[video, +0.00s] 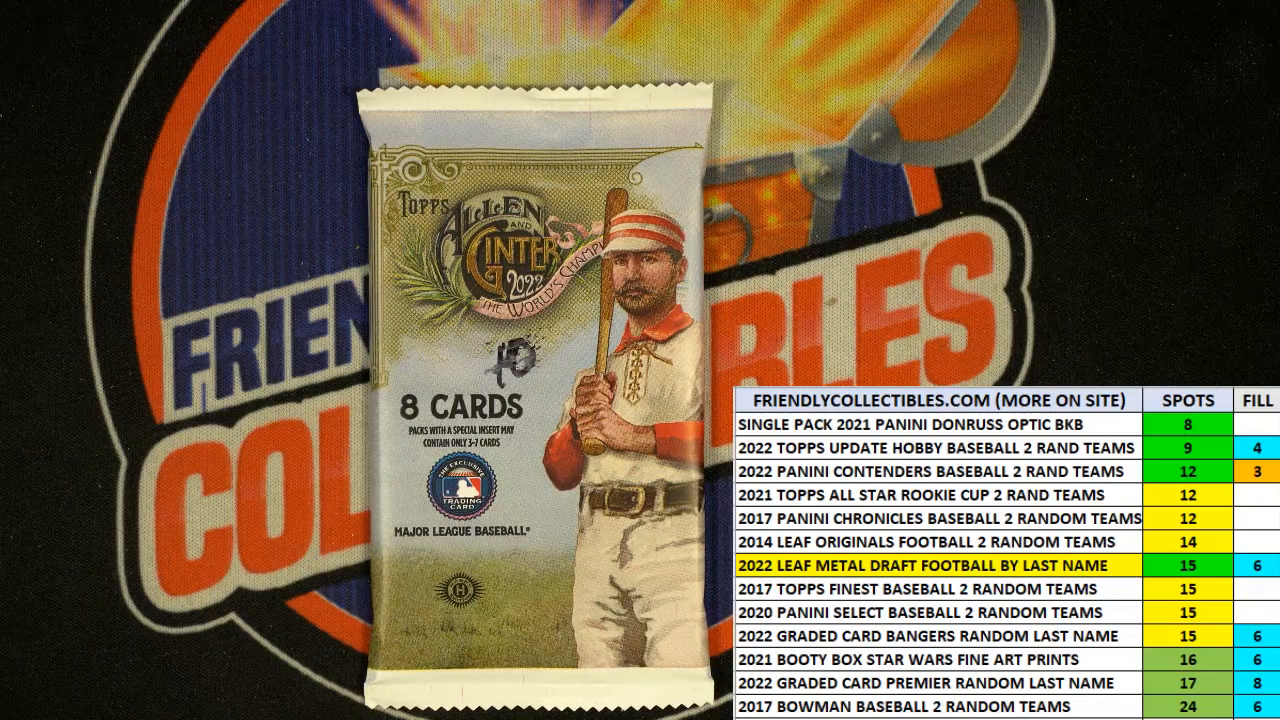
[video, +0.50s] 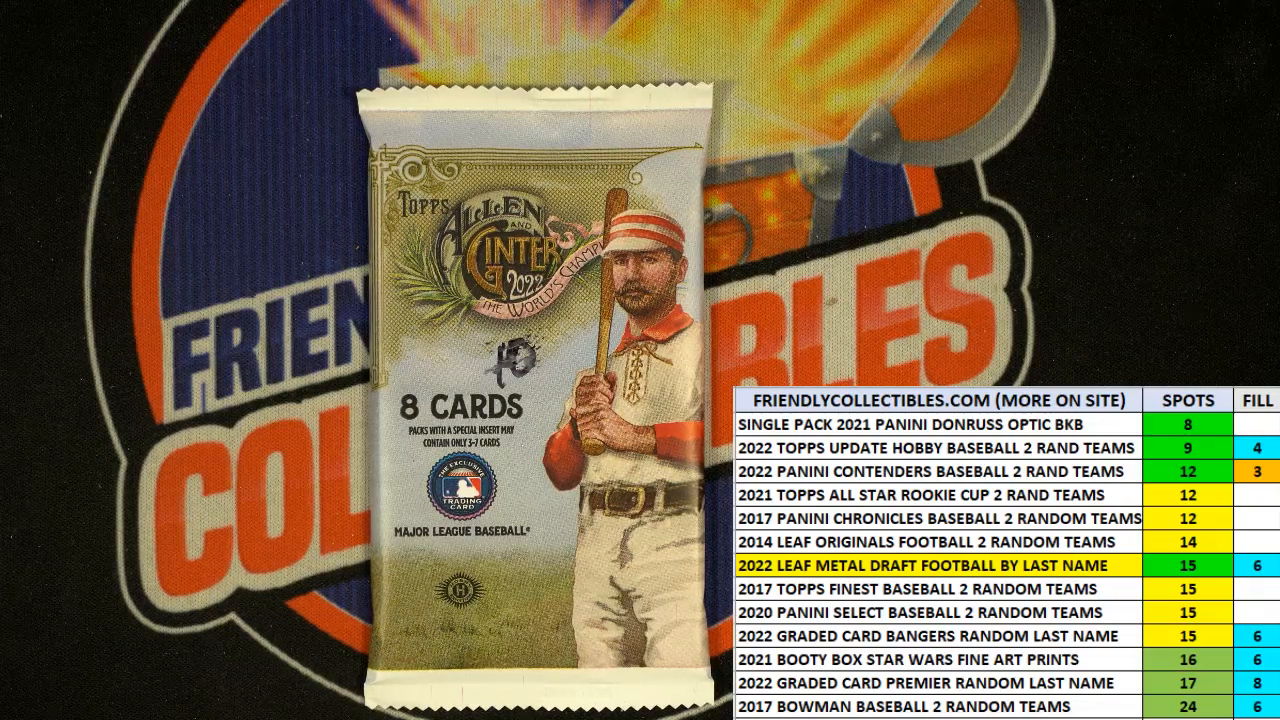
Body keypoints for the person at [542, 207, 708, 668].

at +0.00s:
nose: (631, 273)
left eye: (647, 258)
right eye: (620, 260)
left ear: (678, 270)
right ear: (608, 273)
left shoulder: (704, 346)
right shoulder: (604, 366)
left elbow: (724, 439)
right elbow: (561, 475)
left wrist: (634, 436)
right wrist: (578, 420)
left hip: (674, 530)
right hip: (597, 531)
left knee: (679, 688)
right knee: (601, 692)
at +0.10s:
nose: (630, 274)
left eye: (647, 259)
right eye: (620, 260)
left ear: (678, 269)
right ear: (609, 271)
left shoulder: (705, 345)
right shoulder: (605, 365)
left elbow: (724, 437)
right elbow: (561, 476)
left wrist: (634, 436)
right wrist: (577, 421)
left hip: (674, 531)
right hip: (597, 531)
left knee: (679, 688)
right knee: (601, 691)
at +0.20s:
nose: (631, 274)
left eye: (647, 259)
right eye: (620, 260)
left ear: (678, 270)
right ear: (609, 272)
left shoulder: (704, 346)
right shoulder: (604, 366)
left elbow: (725, 439)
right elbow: (561, 476)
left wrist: (635, 436)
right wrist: (577, 421)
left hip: (673, 530)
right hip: (597, 531)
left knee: (679, 688)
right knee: (601, 692)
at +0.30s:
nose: (630, 274)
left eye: (647, 259)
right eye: (620, 261)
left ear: (678, 269)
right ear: (609, 273)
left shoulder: (705, 346)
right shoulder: (604, 364)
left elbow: (724, 438)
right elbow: (561, 476)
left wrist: (632, 436)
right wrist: (577, 421)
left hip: (673, 529)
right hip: (597, 530)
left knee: (678, 683)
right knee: (599, 689)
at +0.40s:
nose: (631, 274)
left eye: (648, 259)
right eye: (620, 261)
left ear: (678, 270)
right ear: (609, 273)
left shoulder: (705, 346)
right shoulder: (604, 366)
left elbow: (724, 438)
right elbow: (561, 476)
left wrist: (632, 436)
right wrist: (577, 420)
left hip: (673, 530)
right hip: (597, 531)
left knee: (679, 686)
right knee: (600, 690)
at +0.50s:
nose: (631, 274)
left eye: (648, 259)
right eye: (620, 261)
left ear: (678, 270)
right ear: (609, 273)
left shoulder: (705, 346)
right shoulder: (604, 366)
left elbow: (724, 438)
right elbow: (561, 476)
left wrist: (632, 436)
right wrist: (577, 420)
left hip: (673, 530)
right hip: (597, 531)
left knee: (679, 685)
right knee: (601, 690)